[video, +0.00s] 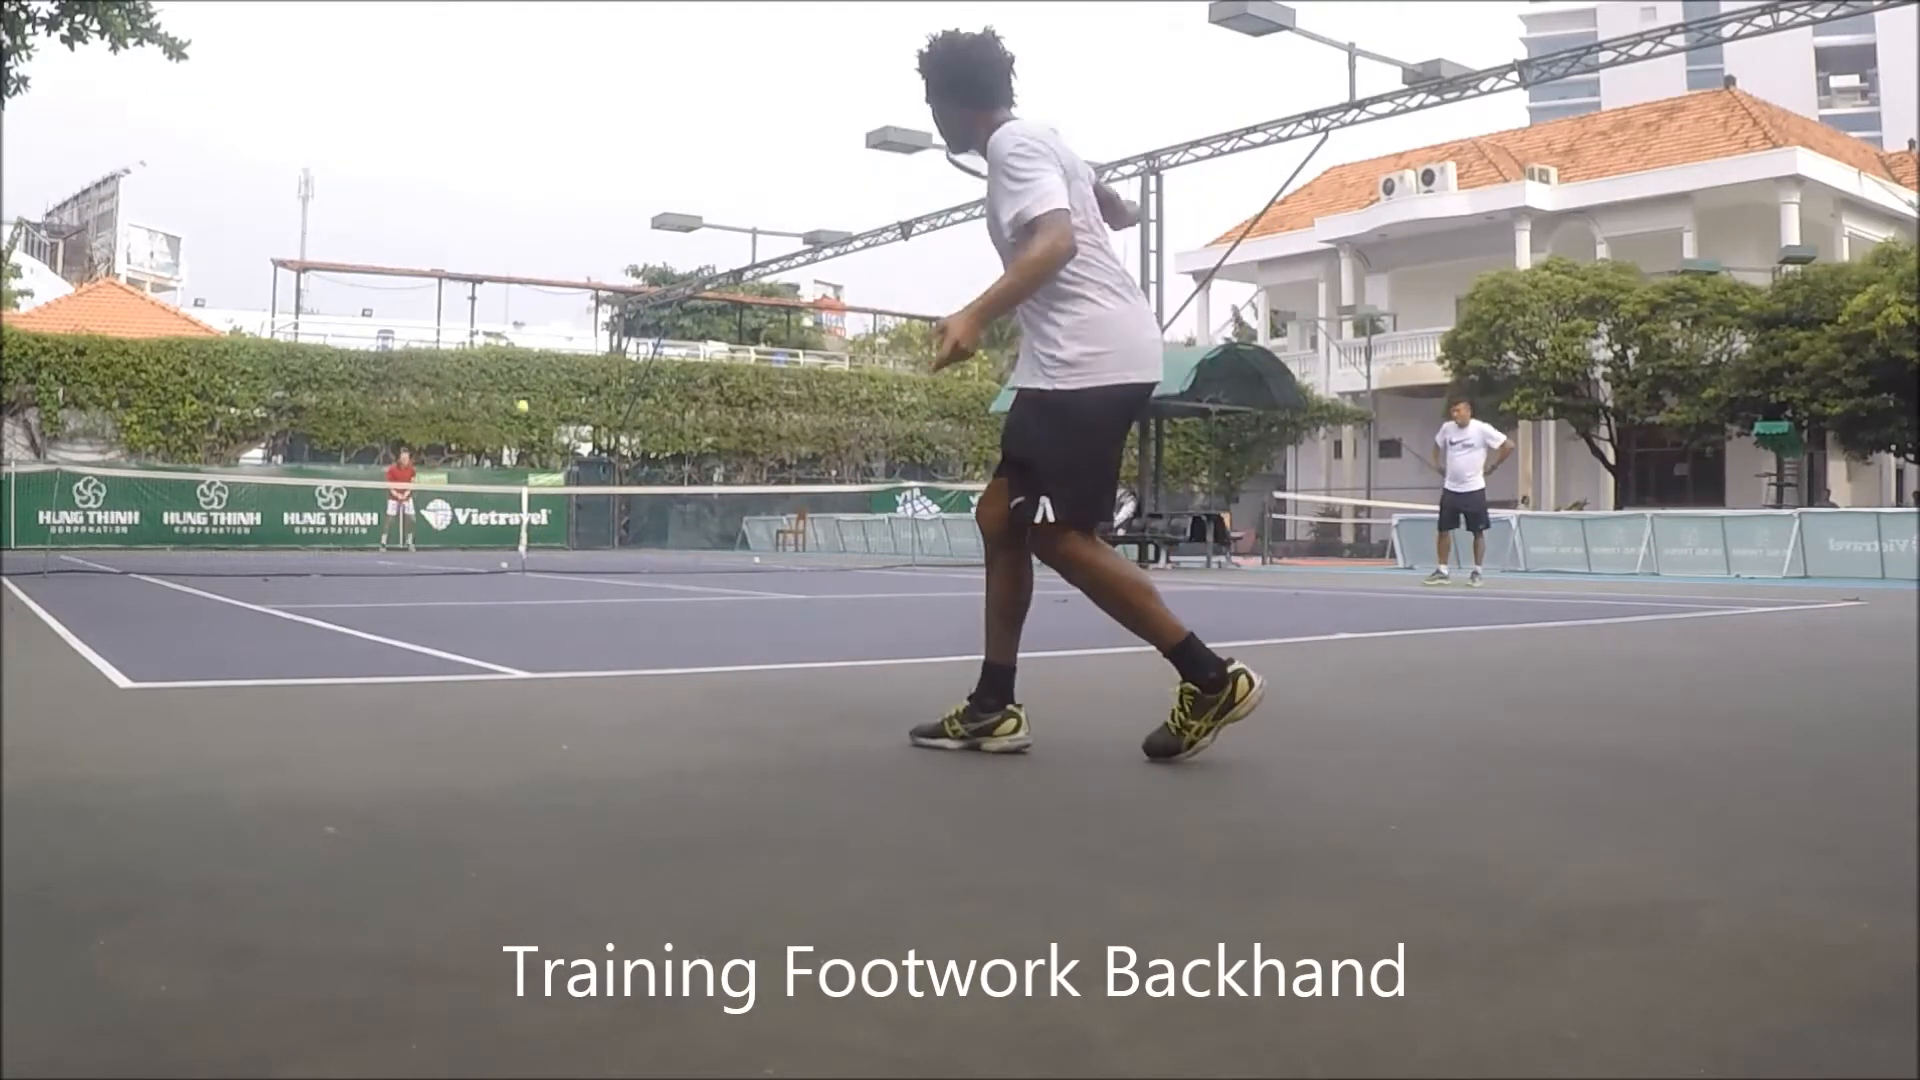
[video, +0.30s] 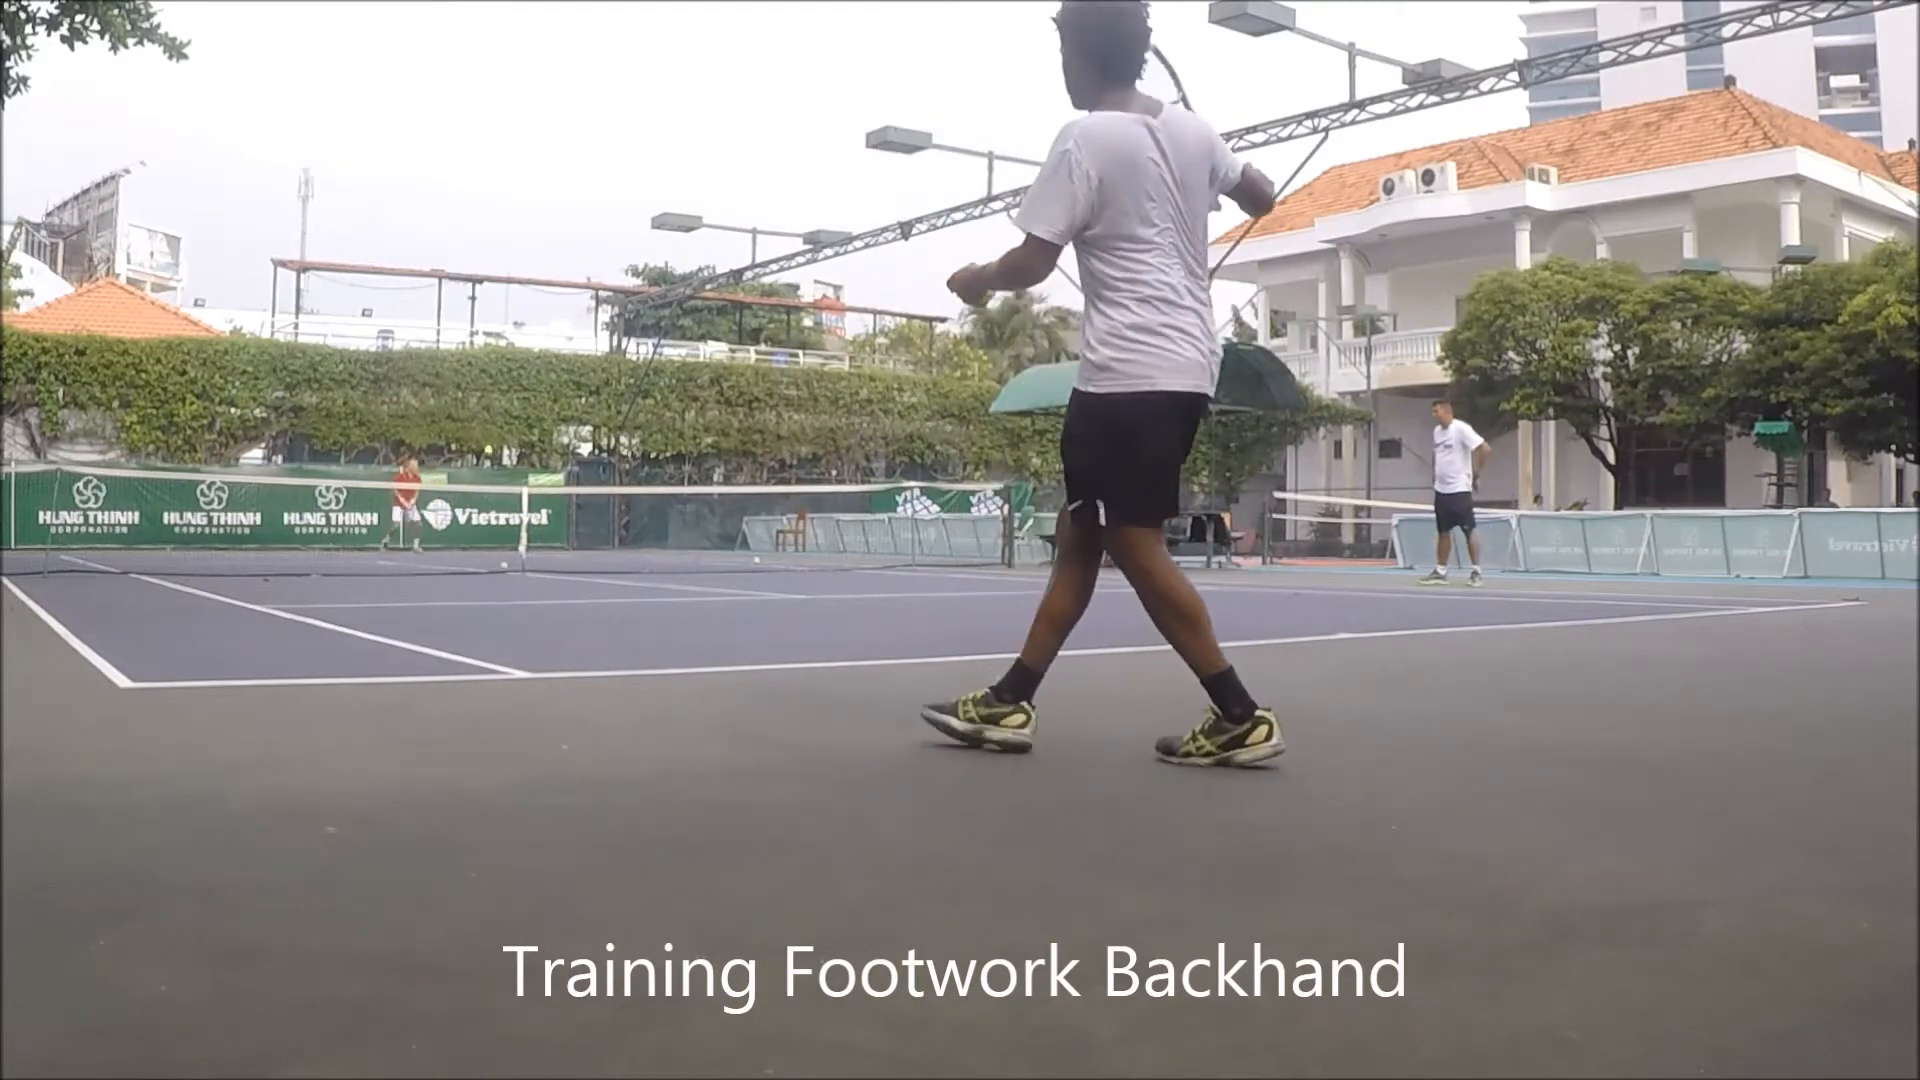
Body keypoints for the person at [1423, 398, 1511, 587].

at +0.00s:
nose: (1455, 414)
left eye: (1458, 410)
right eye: (1453, 411)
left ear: (1469, 411)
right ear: (1451, 414)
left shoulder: (1482, 428)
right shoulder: (1447, 428)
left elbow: (1508, 446)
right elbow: (1437, 445)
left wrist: (1492, 467)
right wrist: (1437, 464)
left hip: (1474, 488)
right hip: (1451, 487)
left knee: (1478, 532)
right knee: (1443, 529)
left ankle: (1477, 571)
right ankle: (1442, 570)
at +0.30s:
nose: (1434, 414)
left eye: (1436, 411)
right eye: (1433, 412)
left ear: (1447, 410)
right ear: (1437, 413)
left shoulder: (1461, 428)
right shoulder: (1437, 431)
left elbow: (1484, 449)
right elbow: (1439, 455)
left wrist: (1475, 474)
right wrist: (1438, 475)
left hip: (1460, 487)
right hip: (1441, 488)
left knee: (1469, 530)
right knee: (1443, 531)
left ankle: (1476, 570)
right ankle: (1440, 570)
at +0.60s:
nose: (1421, 417)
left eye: (1423, 413)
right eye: (1421, 414)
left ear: (1432, 413)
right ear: (1428, 414)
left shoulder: (1447, 429)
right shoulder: (1429, 433)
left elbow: (1459, 456)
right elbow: (1433, 459)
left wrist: (1449, 481)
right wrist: (1429, 480)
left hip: (1444, 486)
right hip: (1431, 487)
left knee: (1443, 527)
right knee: (1437, 529)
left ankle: (1460, 564)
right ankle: (1440, 569)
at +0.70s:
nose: (1419, 417)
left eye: (1420, 413)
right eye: (1419, 414)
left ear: (1429, 412)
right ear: (1426, 413)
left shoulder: (1444, 429)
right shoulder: (1428, 433)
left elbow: (1454, 457)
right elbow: (1432, 459)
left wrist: (1440, 482)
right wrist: (1427, 482)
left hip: (1440, 487)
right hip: (1429, 487)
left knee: (1432, 525)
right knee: (1434, 528)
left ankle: (1445, 566)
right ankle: (1438, 568)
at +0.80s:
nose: (1415, 417)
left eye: (1417, 413)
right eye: (1415, 414)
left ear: (1426, 413)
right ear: (1424, 413)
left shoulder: (1440, 429)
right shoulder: (1426, 434)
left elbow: (1449, 457)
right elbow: (1429, 463)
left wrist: (1434, 484)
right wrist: (1422, 489)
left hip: (1437, 487)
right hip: (1428, 487)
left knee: (1422, 525)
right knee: (1437, 529)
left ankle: (1427, 568)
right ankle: (1440, 570)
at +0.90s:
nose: (1413, 418)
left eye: (1415, 414)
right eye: (1413, 415)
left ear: (1423, 413)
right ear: (1422, 414)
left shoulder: (1436, 430)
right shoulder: (1422, 434)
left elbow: (1444, 458)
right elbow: (1421, 464)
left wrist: (1432, 486)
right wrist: (1413, 489)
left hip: (1432, 488)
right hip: (1422, 488)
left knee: (1414, 526)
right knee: (1435, 530)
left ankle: (1408, 568)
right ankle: (1440, 569)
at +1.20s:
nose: (1404, 417)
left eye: (1407, 413)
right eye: (1405, 413)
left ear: (1414, 413)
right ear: (1412, 414)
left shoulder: (1420, 433)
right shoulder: (1408, 433)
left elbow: (1425, 462)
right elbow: (1409, 462)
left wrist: (1421, 490)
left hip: (1414, 491)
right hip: (1407, 490)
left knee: (1402, 533)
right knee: (1425, 532)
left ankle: (1393, 569)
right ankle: (1439, 568)